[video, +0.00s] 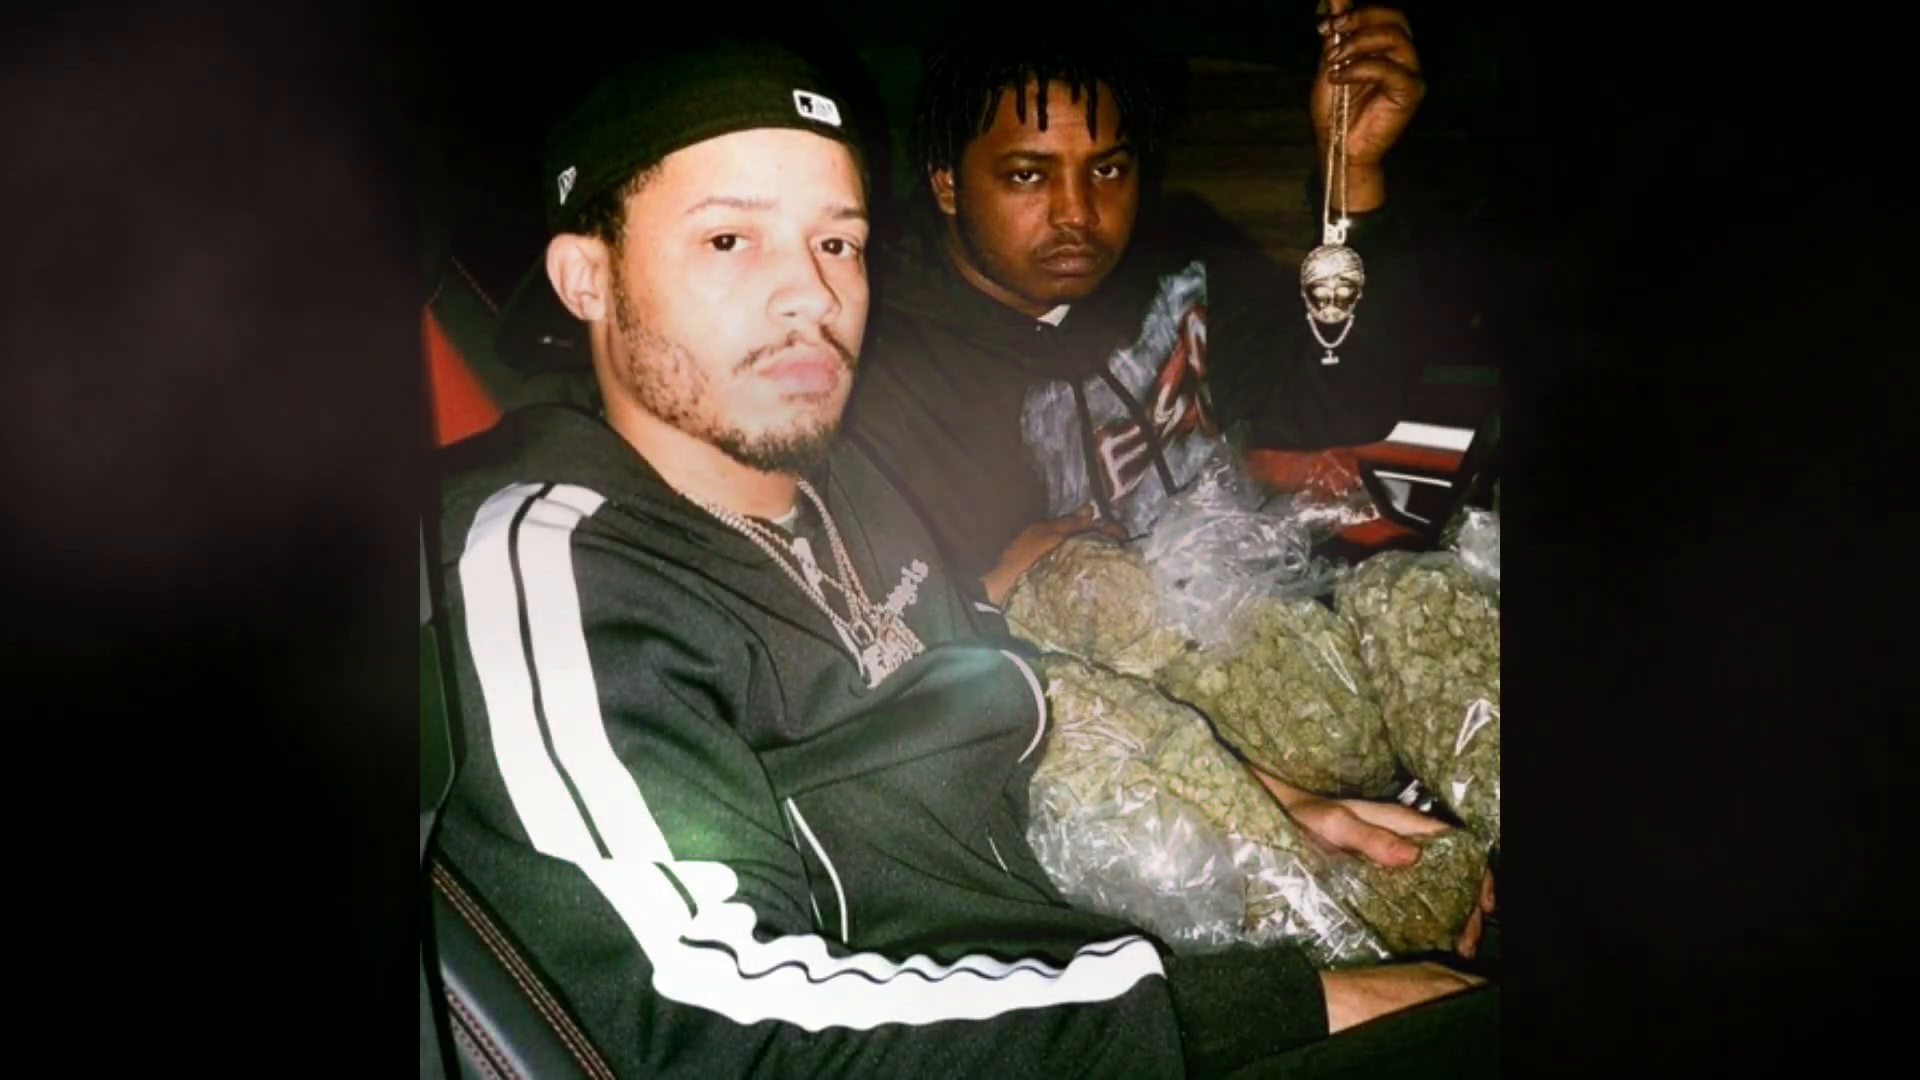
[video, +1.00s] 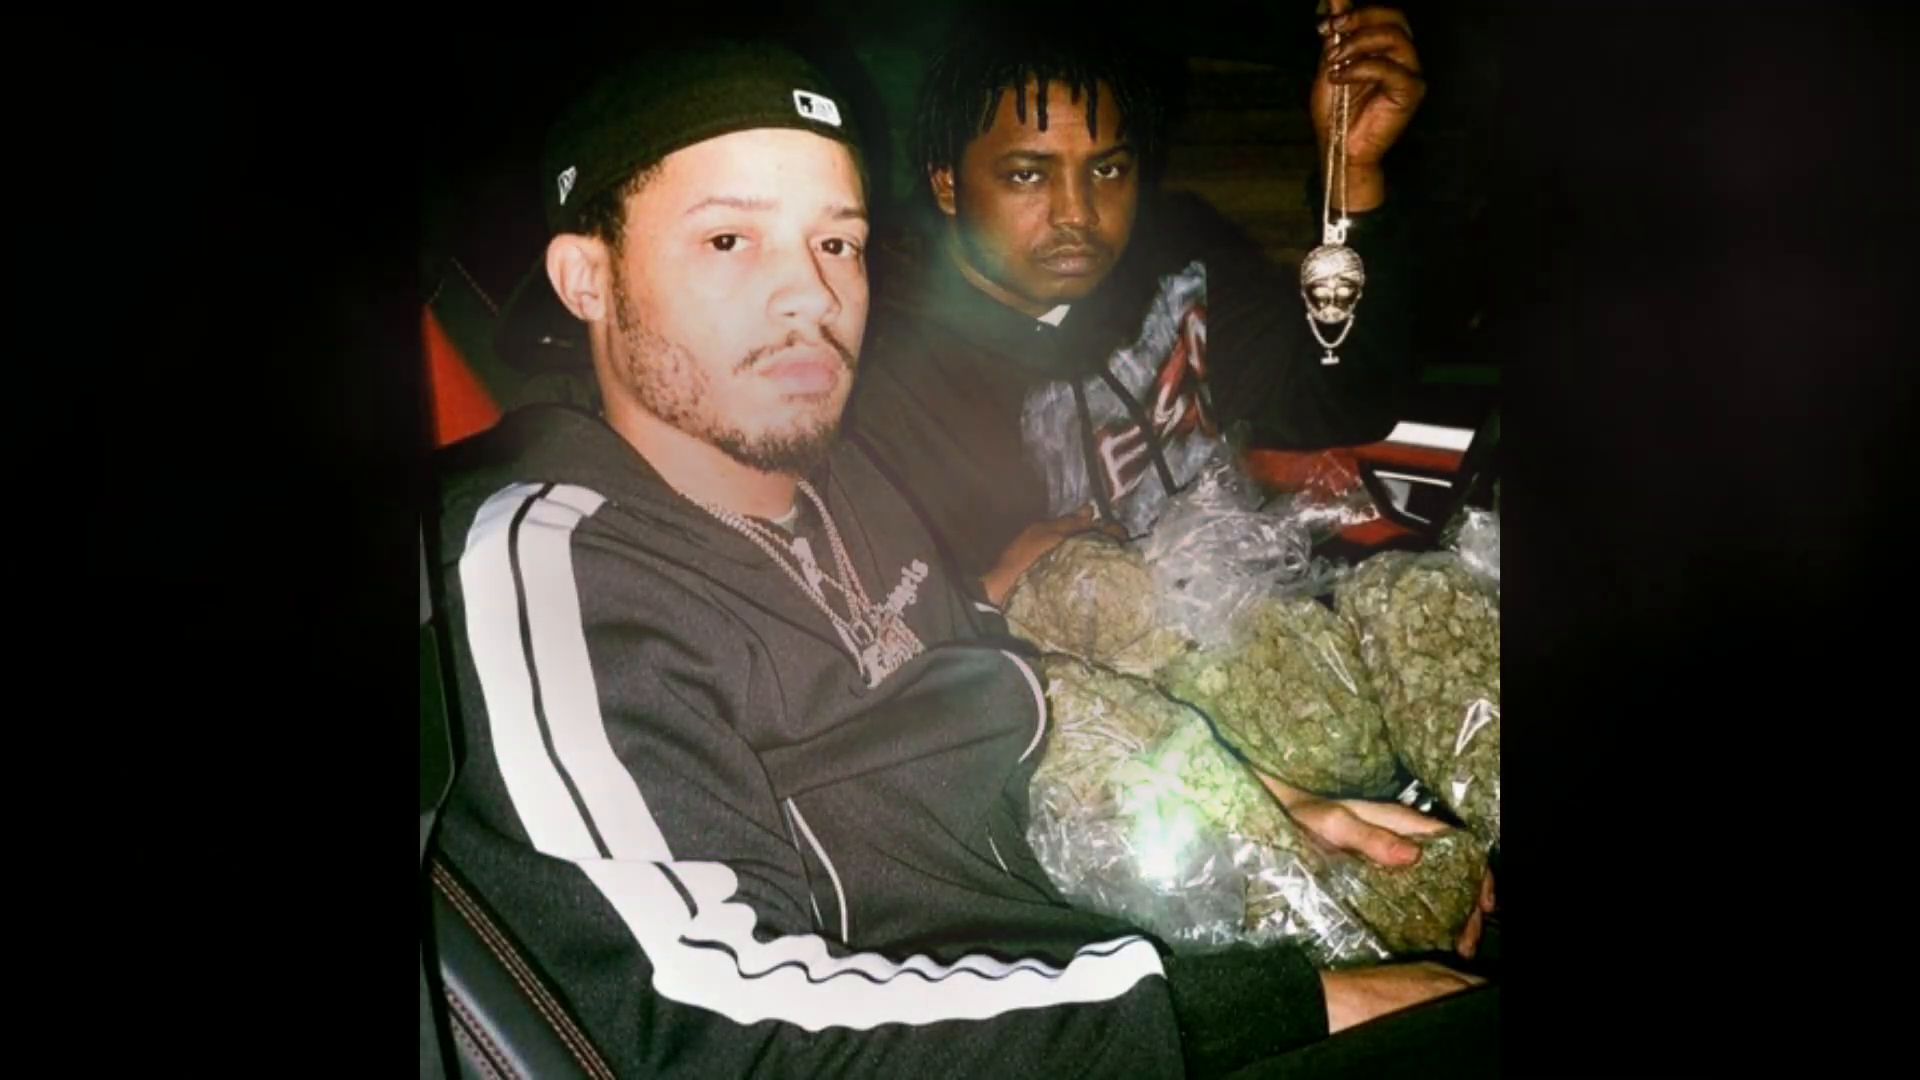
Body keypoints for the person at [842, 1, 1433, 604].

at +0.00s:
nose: (1077, 215)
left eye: (1107, 171)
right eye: (1028, 175)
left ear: (1139, 173)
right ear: (945, 188)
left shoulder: (1180, 254)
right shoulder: (892, 366)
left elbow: (1347, 411)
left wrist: (1353, 173)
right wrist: (992, 588)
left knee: (1424, 600)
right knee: (1080, 578)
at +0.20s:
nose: (1076, 217)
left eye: (1107, 171)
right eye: (1027, 175)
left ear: (1139, 170)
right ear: (946, 185)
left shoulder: (1182, 251)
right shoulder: (900, 352)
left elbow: (1337, 417)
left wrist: (1353, 175)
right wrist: (991, 577)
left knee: (1425, 597)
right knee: (1076, 580)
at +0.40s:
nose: (1077, 216)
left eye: (1108, 171)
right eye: (1029, 175)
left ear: (1140, 173)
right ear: (945, 186)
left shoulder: (1176, 256)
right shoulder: (902, 368)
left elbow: (1350, 407)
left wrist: (1353, 170)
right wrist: (991, 585)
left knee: (1424, 602)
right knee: (1083, 578)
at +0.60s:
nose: (1077, 217)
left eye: (1108, 170)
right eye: (1028, 175)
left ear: (1140, 169)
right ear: (945, 185)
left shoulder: (1181, 251)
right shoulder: (898, 370)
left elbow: (1343, 421)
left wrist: (1353, 172)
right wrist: (990, 591)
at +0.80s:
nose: (1077, 217)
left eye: (1107, 171)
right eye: (1029, 175)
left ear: (1140, 171)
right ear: (946, 188)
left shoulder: (1179, 246)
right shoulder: (900, 369)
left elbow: (1342, 421)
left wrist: (1352, 173)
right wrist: (990, 589)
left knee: (1425, 601)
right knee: (1081, 578)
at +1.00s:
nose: (1077, 217)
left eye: (1108, 171)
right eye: (1029, 175)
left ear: (1141, 171)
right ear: (945, 186)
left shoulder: (1179, 245)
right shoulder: (898, 373)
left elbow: (1338, 424)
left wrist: (1353, 173)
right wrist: (990, 591)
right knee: (1083, 579)